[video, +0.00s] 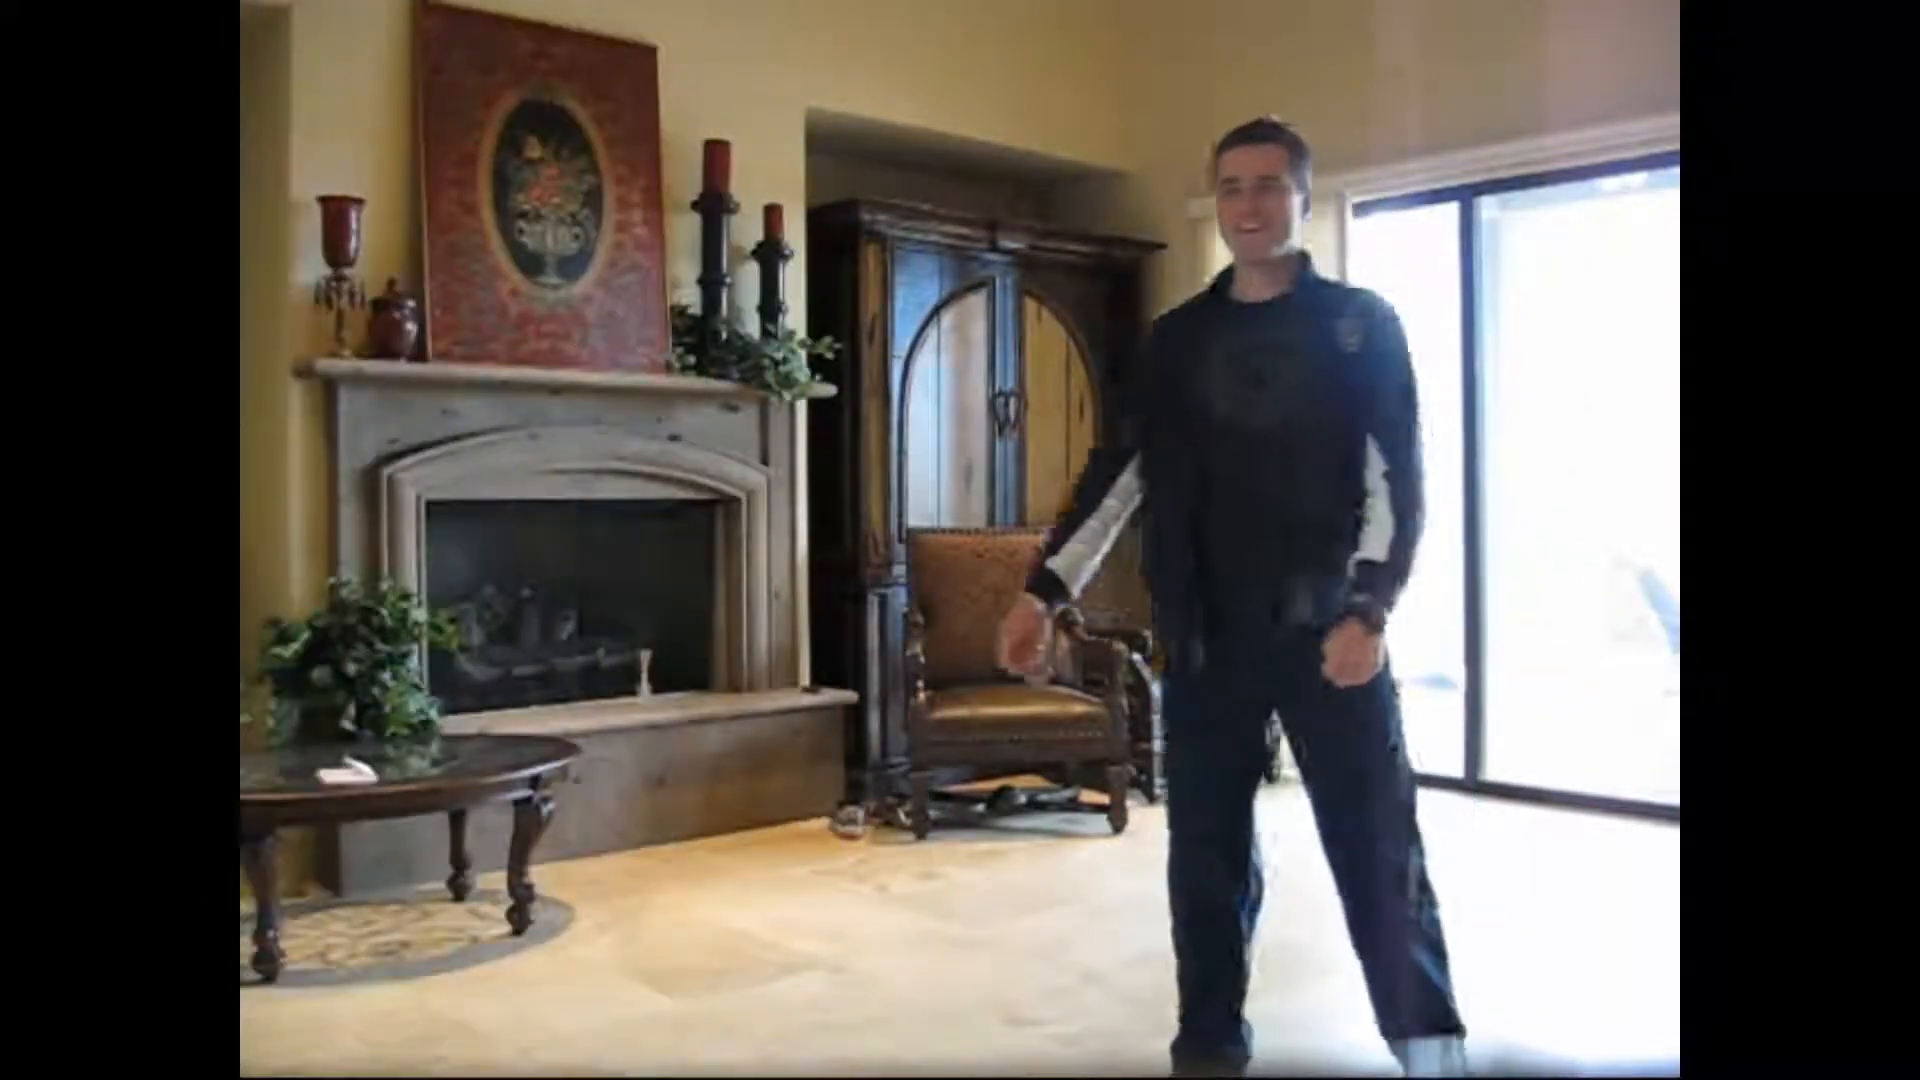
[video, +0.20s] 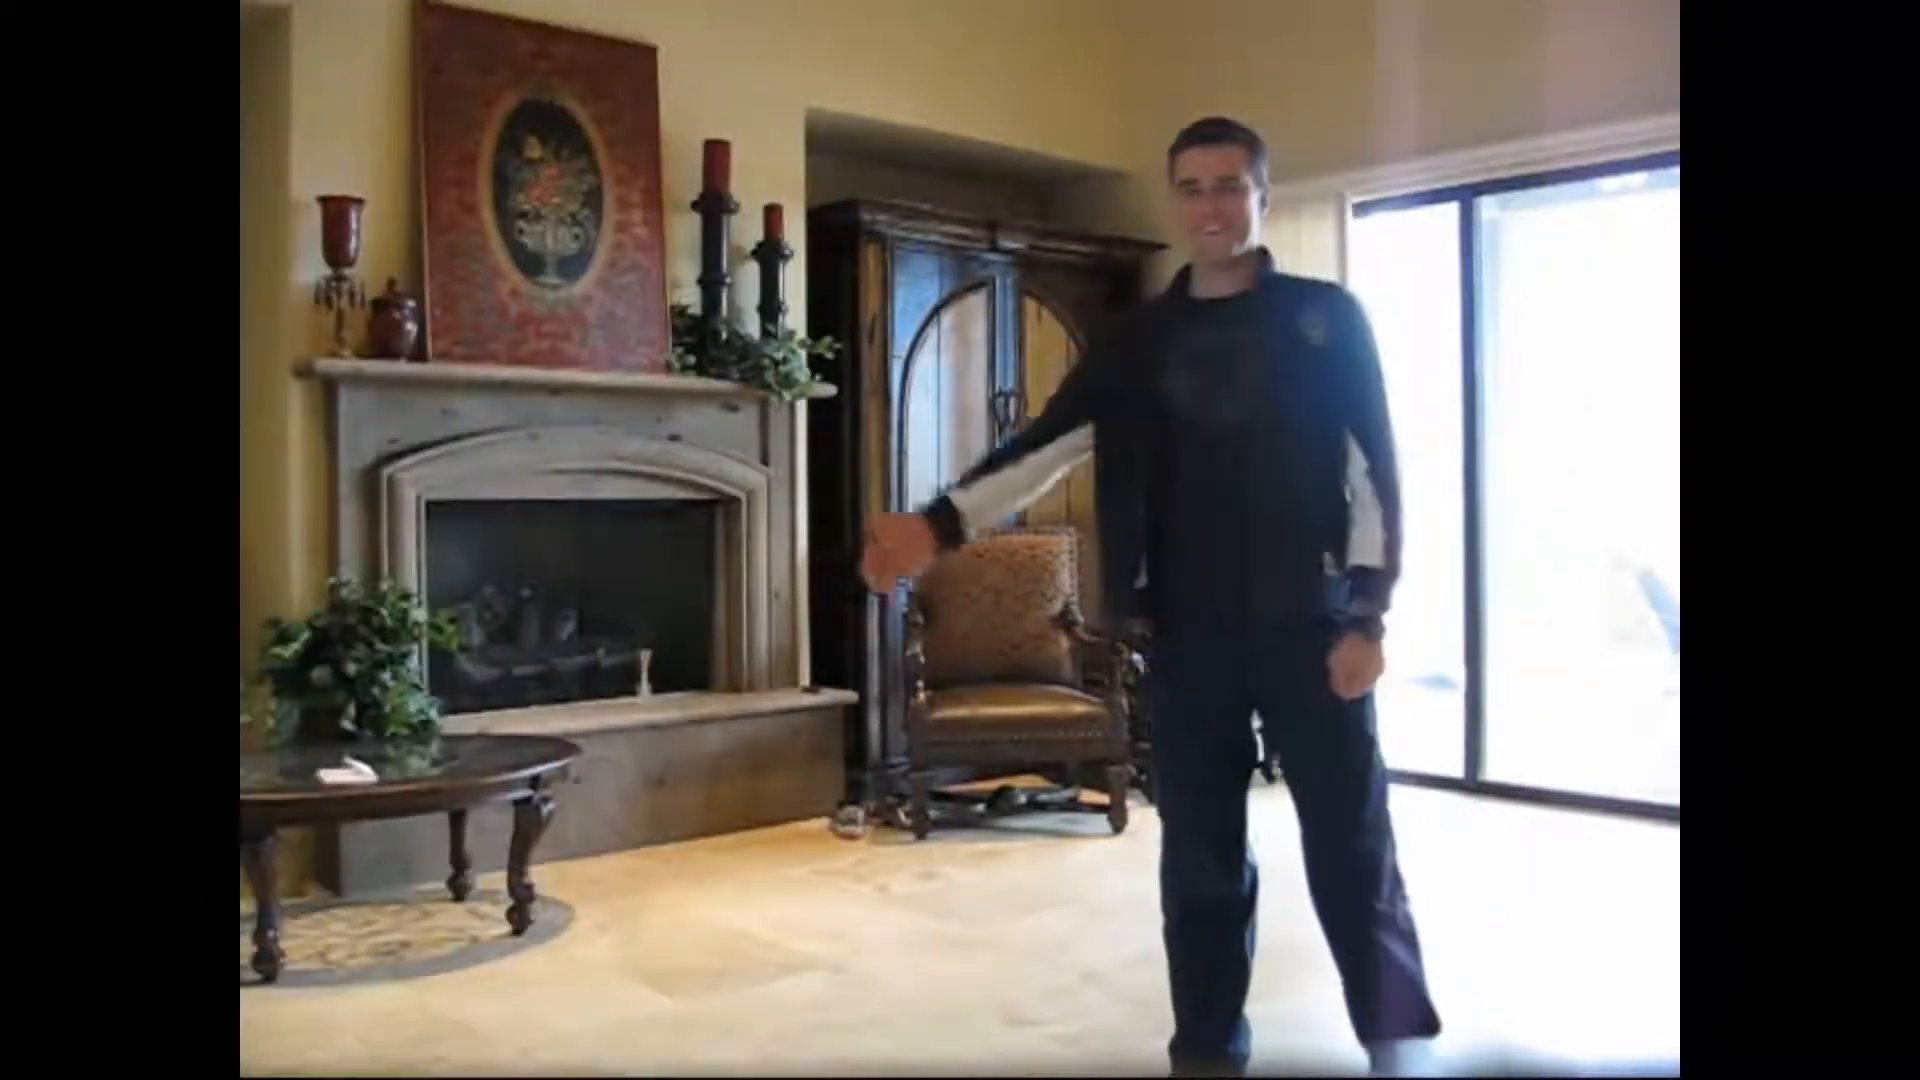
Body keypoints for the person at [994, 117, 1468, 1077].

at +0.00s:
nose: (1252, 204)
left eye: (1270, 185)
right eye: (1235, 188)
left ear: (1302, 198)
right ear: (1215, 205)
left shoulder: (1359, 323)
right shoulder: (1171, 342)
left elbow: (1399, 477)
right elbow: (1114, 479)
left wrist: (1371, 610)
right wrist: (1042, 593)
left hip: (1328, 633)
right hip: (1205, 640)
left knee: (1382, 864)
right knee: (1206, 864)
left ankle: (1432, 1056)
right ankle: (1208, 1054)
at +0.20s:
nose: (1210, 204)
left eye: (1229, 186)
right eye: (1191, 188)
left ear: (1261, 197)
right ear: (1170, 205)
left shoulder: (1325, 316)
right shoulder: (1138, 337)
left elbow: (1375, 471)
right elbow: (1044, 449)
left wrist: (1367, 616)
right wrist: (936, 525)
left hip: (1312, 629)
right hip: (1190, 634)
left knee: (1354, 862)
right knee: (1200, 866)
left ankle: (1403, 1052)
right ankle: (1206, 1056)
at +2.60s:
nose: (1258, 175)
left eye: (1275, 154)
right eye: (1235, 164)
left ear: (1315, 170)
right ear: (1217, 194)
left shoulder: (1413, 298)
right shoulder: (1197, 332)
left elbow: (1493, 456)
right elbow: (1187, 490)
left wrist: (1481, 610)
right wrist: (1191, 480)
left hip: (1384, 635)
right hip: (1256, 638)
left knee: (1364, 866)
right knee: (1258, 863)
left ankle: (1339, 1060)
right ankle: (1250, 1059)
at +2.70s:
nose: (1238, 182)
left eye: (1254, 161)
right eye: (1216, 172)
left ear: (1296, 178)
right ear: (1200, 203)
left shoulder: (1405, 297)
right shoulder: (1187, 341)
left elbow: (1495, 430)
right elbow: (1179, 492)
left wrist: (1457, 543)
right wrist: (1188, 488)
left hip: (1382, 620)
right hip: (1256, 626)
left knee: (1365, 856)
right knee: (1260, 853)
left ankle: (1339, 1058)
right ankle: (1250, 1057)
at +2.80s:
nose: (1216, 193)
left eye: (1232, 171)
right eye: (1193, 186)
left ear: (1277, 186)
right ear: (1179, 218)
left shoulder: (1399, 298)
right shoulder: (1182, 346)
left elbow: (1477, 424)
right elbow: (1173, 488)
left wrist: (1407, 503)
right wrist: (1191, 501)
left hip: (1383, 626)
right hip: (1257, 631)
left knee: (1366, 860)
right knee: (1261, 857)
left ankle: (1343, 1057)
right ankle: (1249, 1052)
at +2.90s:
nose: (1195, 214)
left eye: (1210, 189)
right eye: (1172, 206)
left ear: (1258, 197)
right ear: (1164, 231)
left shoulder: (1387, 302)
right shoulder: (1172, 359)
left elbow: (1455, 438)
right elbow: (1166, 498)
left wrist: (1378, 517)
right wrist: (1189, 514)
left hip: (1384, 627)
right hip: (1259, 634)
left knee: (1368, 857)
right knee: (1265, 855)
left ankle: (1342, 1054)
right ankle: (1249, 1051)